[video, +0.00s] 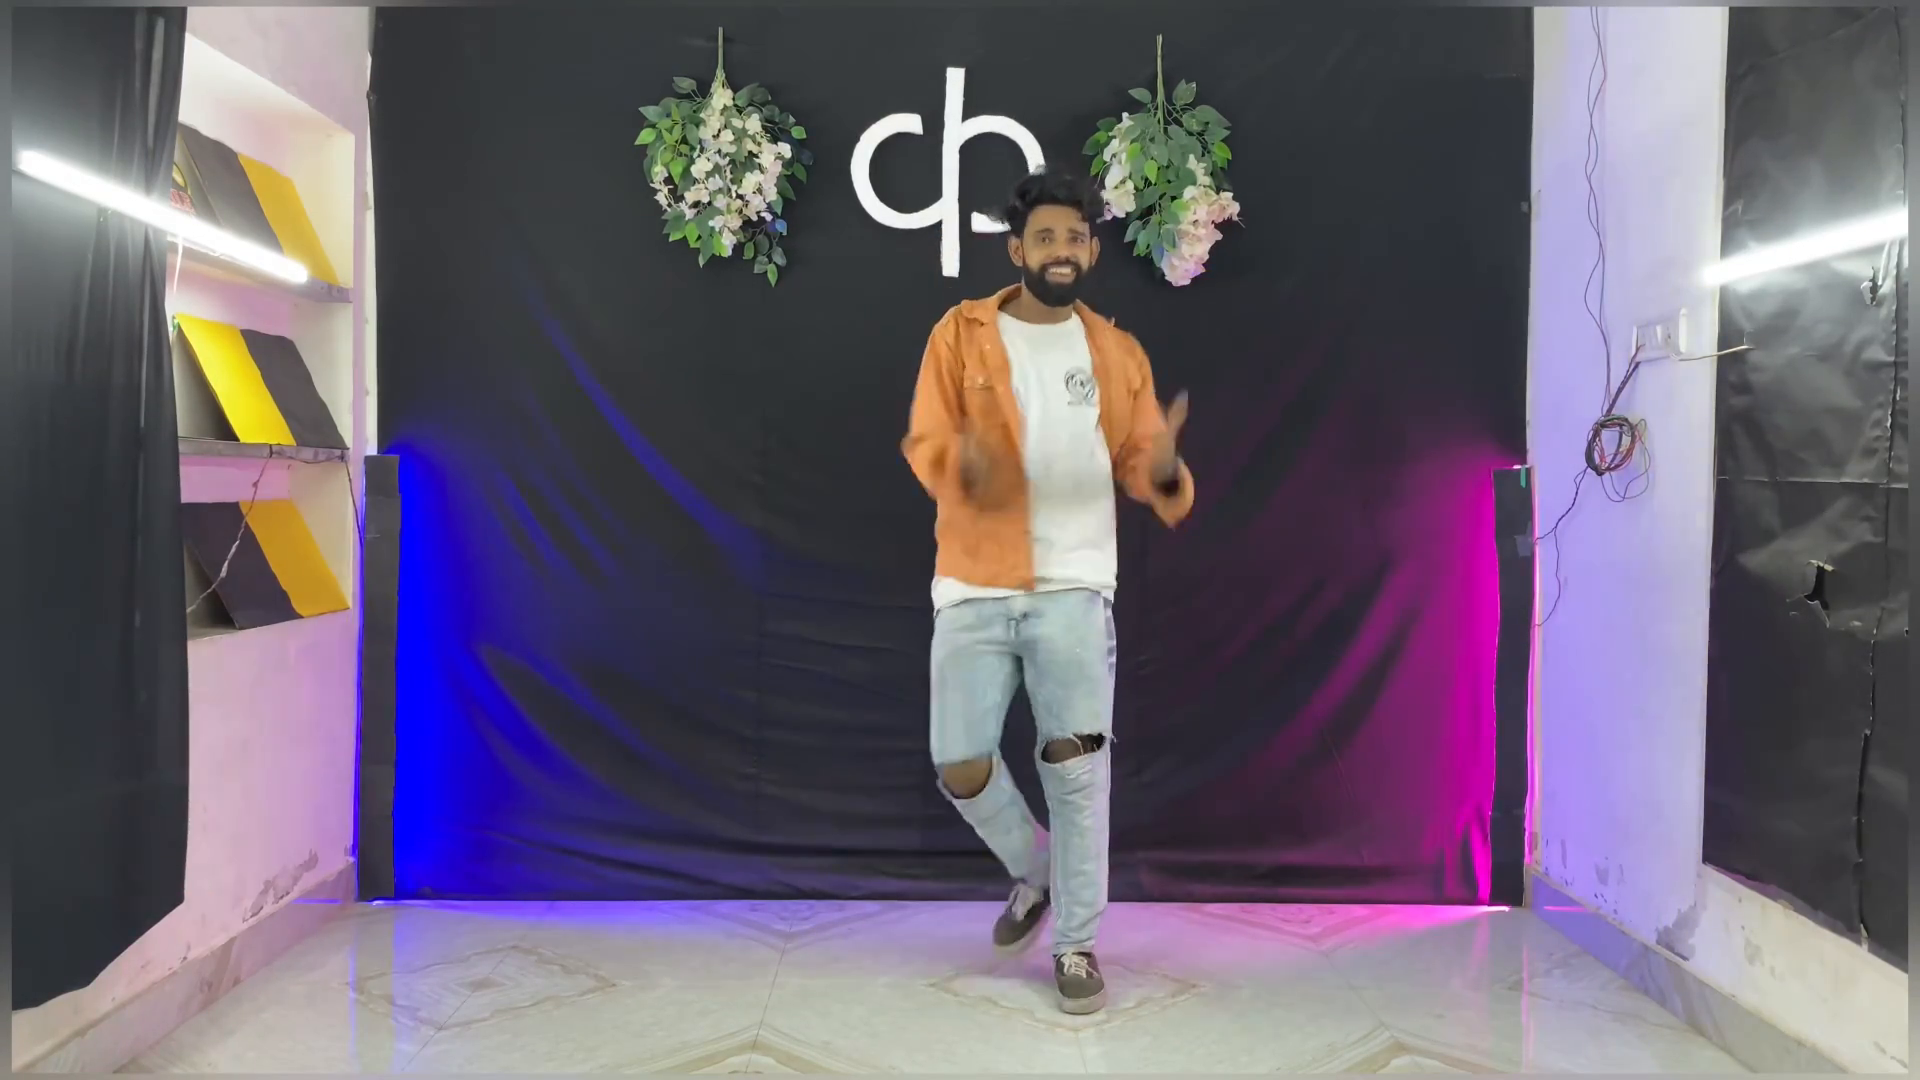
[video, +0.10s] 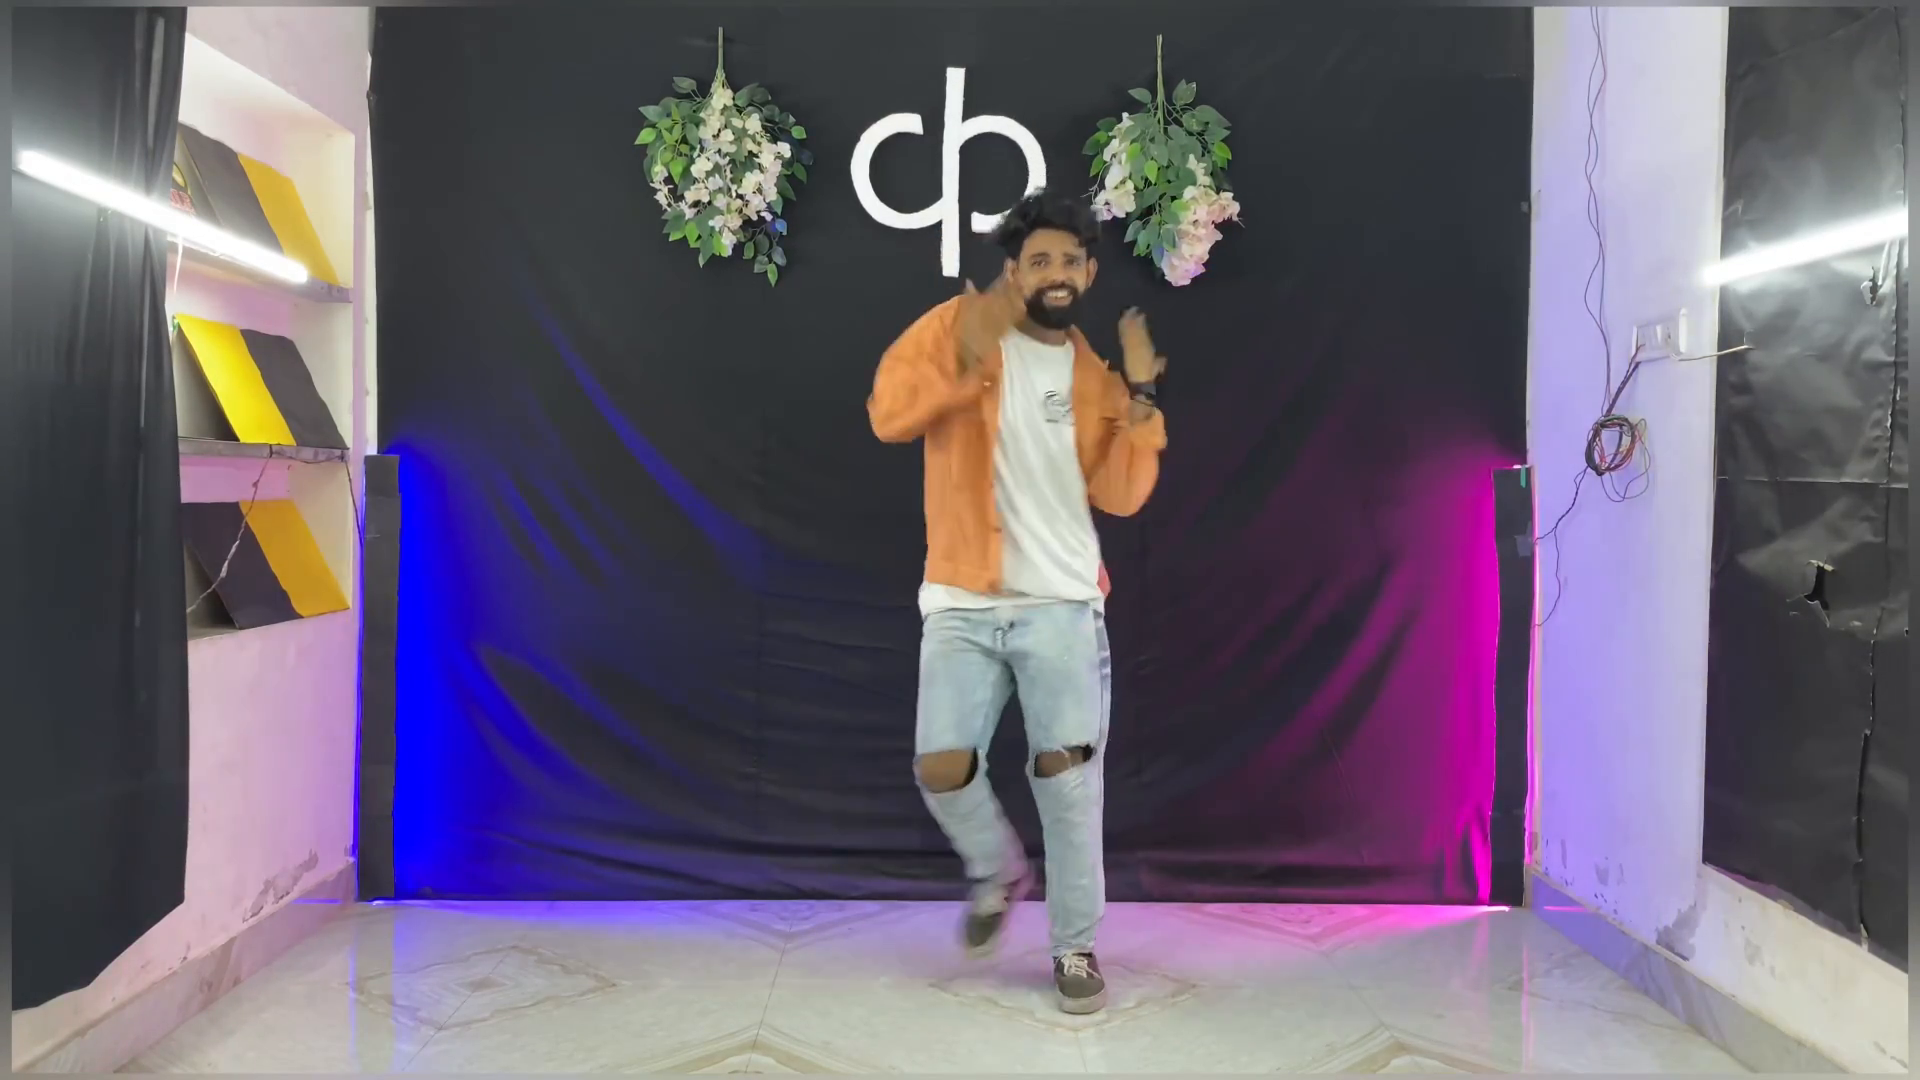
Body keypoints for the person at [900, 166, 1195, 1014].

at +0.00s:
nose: (1062, 252)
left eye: (1076, 238)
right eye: (1045, 237)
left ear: (1093, 249)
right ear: (1015, 245)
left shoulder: (1117, 351)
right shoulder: (962, 333)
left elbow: (1147, 464)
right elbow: (926, 442)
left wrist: (1162, 468)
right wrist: (964, 464)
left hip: (1074, 583)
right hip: (973, 582)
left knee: (1073, 760)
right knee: (961, 762)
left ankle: (1077, 940)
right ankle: (1033, 872)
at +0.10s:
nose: (1057, 276)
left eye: (1071, 262)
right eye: (1040, 261)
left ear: (1089, 272)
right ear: (1008, 267)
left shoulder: (1093, 374)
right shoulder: (953, 329)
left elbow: (1120, 493)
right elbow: (889, 417)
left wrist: (1142, 400)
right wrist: (965, 349)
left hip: (1060, 599)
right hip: (960, 595)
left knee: (1065, 768)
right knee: (941, 767)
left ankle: (1076, 943)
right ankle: (994, 871)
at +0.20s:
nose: (1030, 274)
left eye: (1043, 259)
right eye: (1011, 262)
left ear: (1064, 270)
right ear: (980, 274)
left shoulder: (1081, 379)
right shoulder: (935, 332)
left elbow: (1077, 513)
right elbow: (872, 425)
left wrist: (1116, 434)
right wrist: (943, 360)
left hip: (1042, 609)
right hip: (937, 601)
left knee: (1055, 779)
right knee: (901, 763)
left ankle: (1074, 944)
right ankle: (886, 909)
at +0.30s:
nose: (981, 281)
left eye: (992, 263)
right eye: (962, 271)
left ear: (1018, 267)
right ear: (938, 285)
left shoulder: (1061, 378)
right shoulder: (904, 351)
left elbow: (1060, 504)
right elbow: (855, 478)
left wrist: (1061, 509)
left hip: (1007, 619)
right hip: (903, 609)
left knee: (1019, 788)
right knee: (853, 775)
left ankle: (1068, 946)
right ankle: (783, 939)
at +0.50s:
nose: (931, 303)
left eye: (940, 283)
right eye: (911, 294)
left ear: (969, 278)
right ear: (893, 308)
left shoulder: (1028, 370)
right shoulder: (877, 374)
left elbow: (1034, 469)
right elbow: (845, 482)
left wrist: (1017, 554)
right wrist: (804, 572)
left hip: (981, 615)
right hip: (876, 612)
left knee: (1007, 783)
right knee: (833, 787)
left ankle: (1068, 945)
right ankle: (793, 942)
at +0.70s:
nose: (893, 304)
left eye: (907, 285)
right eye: (875, 291)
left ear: (942, 285)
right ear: (860, 302)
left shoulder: (1000, 350)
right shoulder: (858, 393)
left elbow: (1018, 451)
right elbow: (799, 496)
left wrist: (986, 507)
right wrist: (703, 520)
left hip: (978, 604)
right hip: (882, 598)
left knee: (985, 786)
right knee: (832, 774)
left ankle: (1061, 943)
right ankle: (790, 940)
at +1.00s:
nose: (964, 295)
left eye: (983, 283)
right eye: (951, 278)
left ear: (1009, 297)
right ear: (925, 283)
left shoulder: (1036, 384)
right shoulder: (881, 383)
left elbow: (1044, 501)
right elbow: (851, 501)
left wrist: (1083, 511)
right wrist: (800, 511)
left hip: (1014, 638)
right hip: (910, 638)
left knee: (1039, 810)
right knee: (863, 806)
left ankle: (1143, 949)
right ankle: (792, 945)